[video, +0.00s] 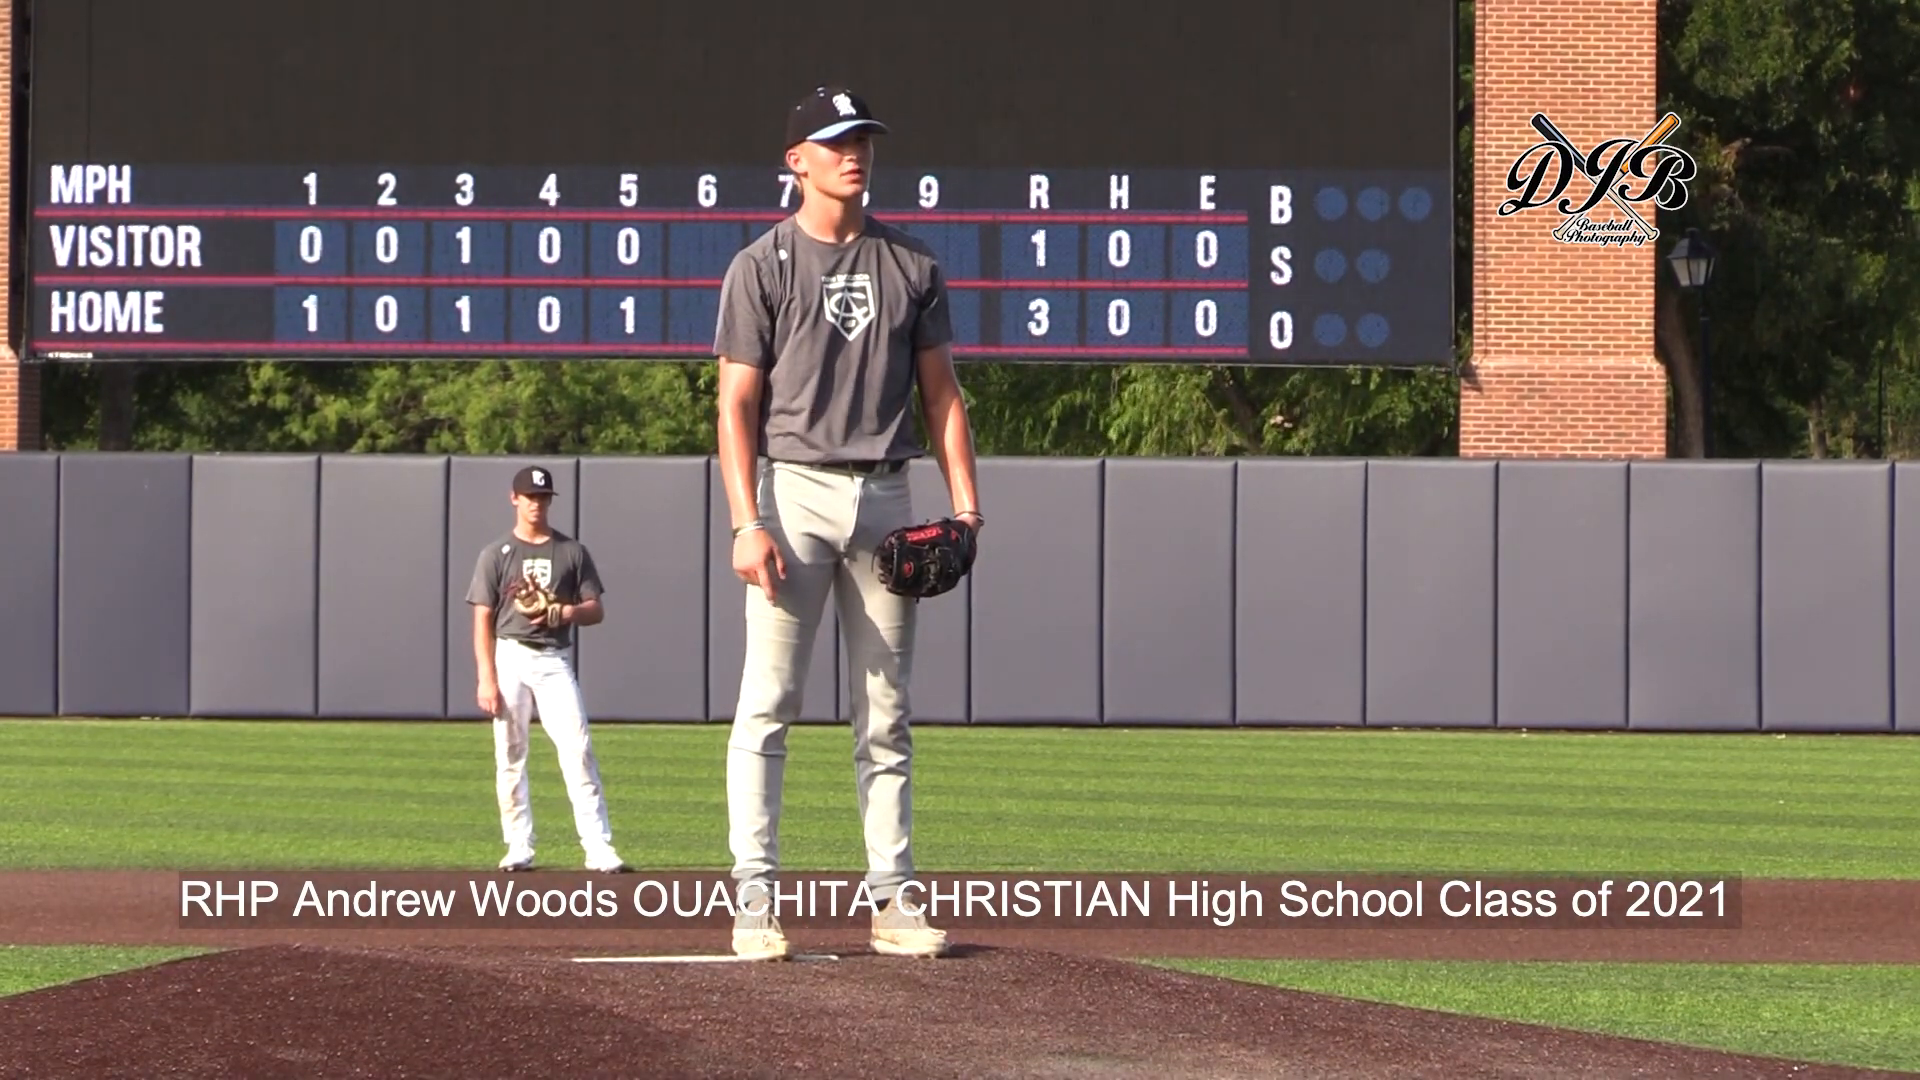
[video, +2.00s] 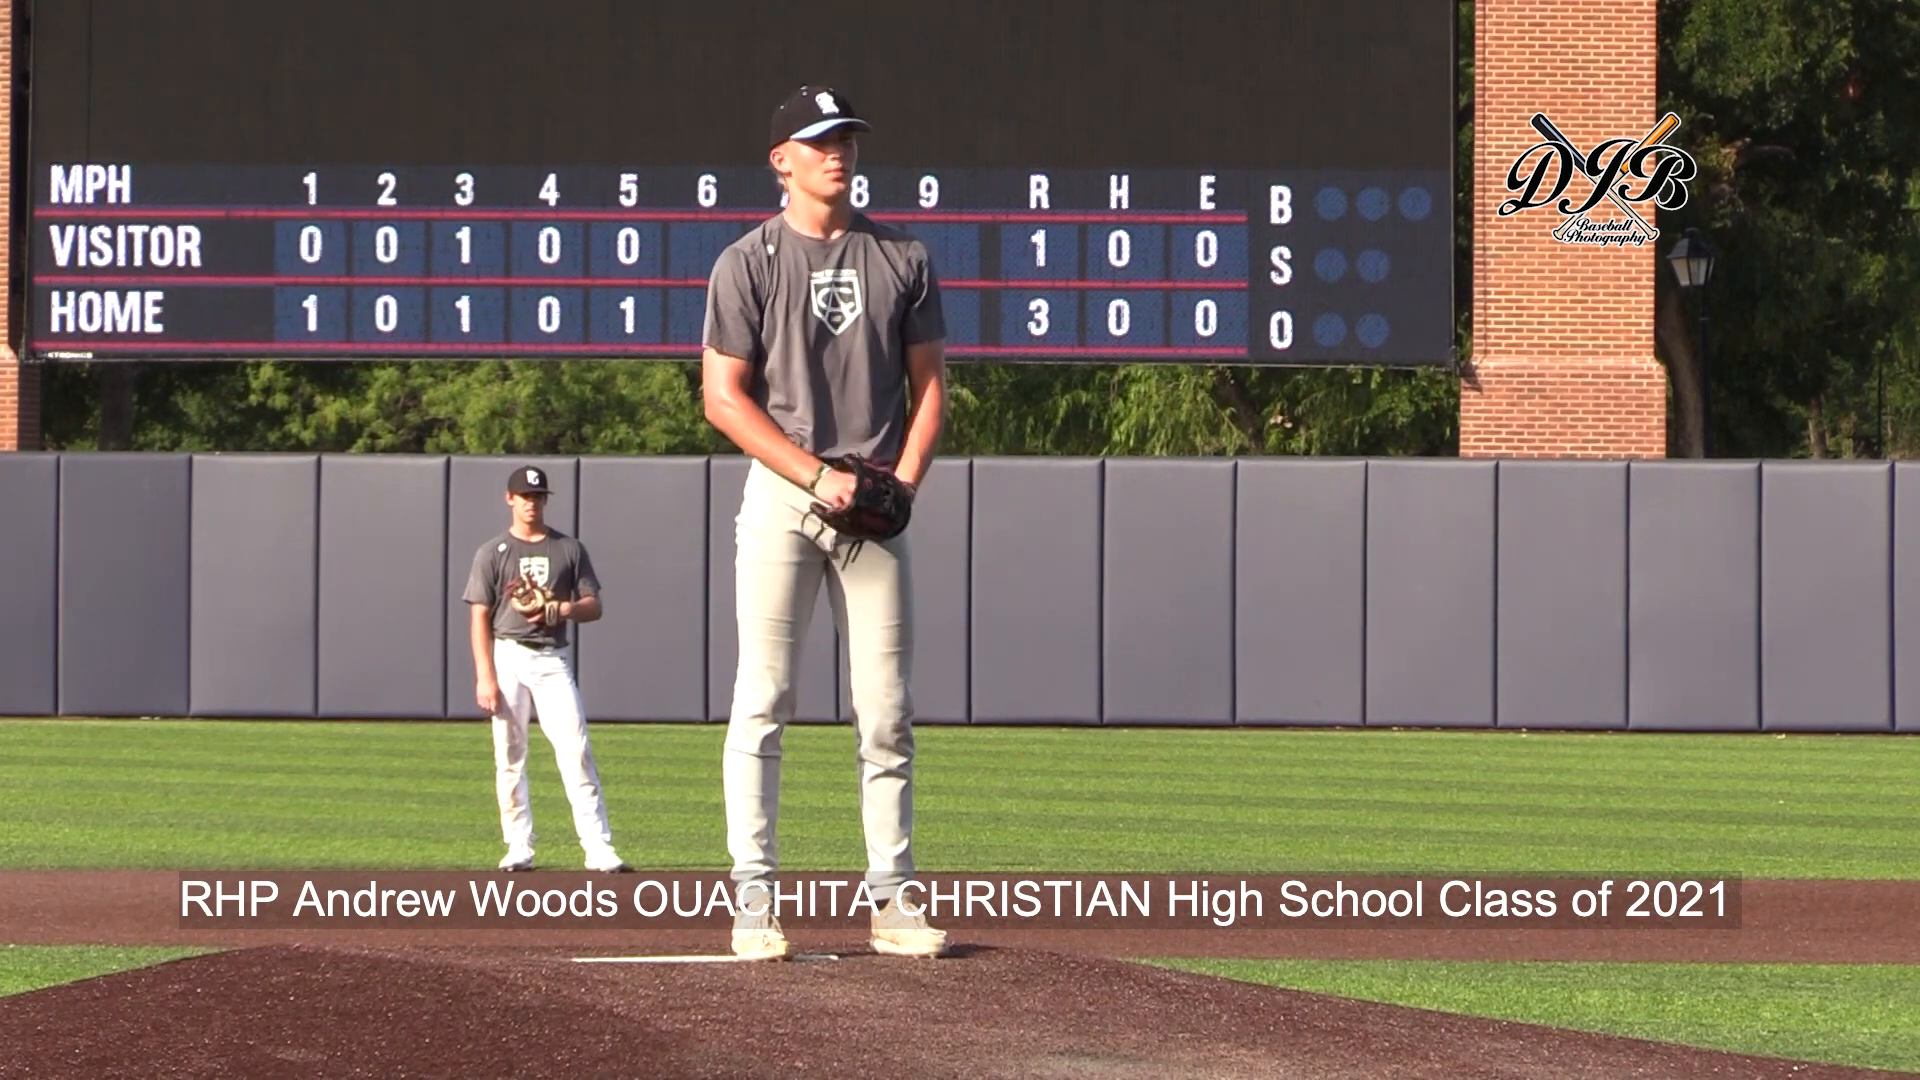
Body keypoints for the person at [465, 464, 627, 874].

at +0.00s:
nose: (537, 504)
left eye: (543, 497)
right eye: (529, 497)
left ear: (551, 500)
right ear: (515, 499)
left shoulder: (573, 551)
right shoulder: (495, 555)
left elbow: (595, 610)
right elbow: (482, 622)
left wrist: (564, 612)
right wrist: (486, 679)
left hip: (555, 660)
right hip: (508, 657)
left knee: (579, 749)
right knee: (510, 756)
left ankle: (600, 852)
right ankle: (519, 850)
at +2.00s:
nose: (532, 504)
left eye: (539, 497)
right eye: (525, 497)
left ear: (547, 500)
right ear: (510, 500)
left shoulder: (570, 549)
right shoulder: (491, 554)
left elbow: (593, 607)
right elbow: (479, 619)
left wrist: (559, 608)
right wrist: (485, 676)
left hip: (553, 658)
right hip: (506, 656)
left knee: (577, 749)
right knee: (509, 757)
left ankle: (600, 852)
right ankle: (519, 850)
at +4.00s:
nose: (559, 505)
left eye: (565, 498)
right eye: (551, 498)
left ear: (575, 502)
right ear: (538, 501)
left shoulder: (598, 554)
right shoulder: (517, 552)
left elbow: (616, 608)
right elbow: (501, 613)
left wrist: (592, 623)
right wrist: (501, 673)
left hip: (577, 665)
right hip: (530, 661)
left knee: (578, 764)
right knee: (522, 760)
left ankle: (578, 855)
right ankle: (518, 855)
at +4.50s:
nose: (532, 512)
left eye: (537, 505)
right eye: (524, 506)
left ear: (547, 508)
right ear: (509, 510)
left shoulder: (575, 548)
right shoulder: (497, 561)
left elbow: (602, 585)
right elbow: (481, 619)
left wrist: (587, 629)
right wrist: (478, 679)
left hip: (571, 666)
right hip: (523, 666)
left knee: (598, 752)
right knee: (516, 763)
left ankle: (601, 842)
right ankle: (516, 855)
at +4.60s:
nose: (537, 514)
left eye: (543, 506)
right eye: (529, 508)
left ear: (551, 507)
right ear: (514, 511)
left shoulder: (581, 546)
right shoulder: (503, 560)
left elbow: (607, 586)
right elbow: (485, 618)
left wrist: (594, 629)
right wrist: (481, 681)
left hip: (576, 664)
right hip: (528, 665)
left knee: (605, 754)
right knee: (519, 763)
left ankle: (625, 846)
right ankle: (517, 856)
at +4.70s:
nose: (546, 515)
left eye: (551, 507)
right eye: (538, 509)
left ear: (559, 509)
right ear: (523, 513)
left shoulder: (589, 548)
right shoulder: (510, 563)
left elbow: (613, 586)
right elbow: (493, 620)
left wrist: (603, 630)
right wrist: (489, 682)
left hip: (583, 665)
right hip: (534, 666)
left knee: (613, 755)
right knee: (523, 762)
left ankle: (645, 848)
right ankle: (517, 856)